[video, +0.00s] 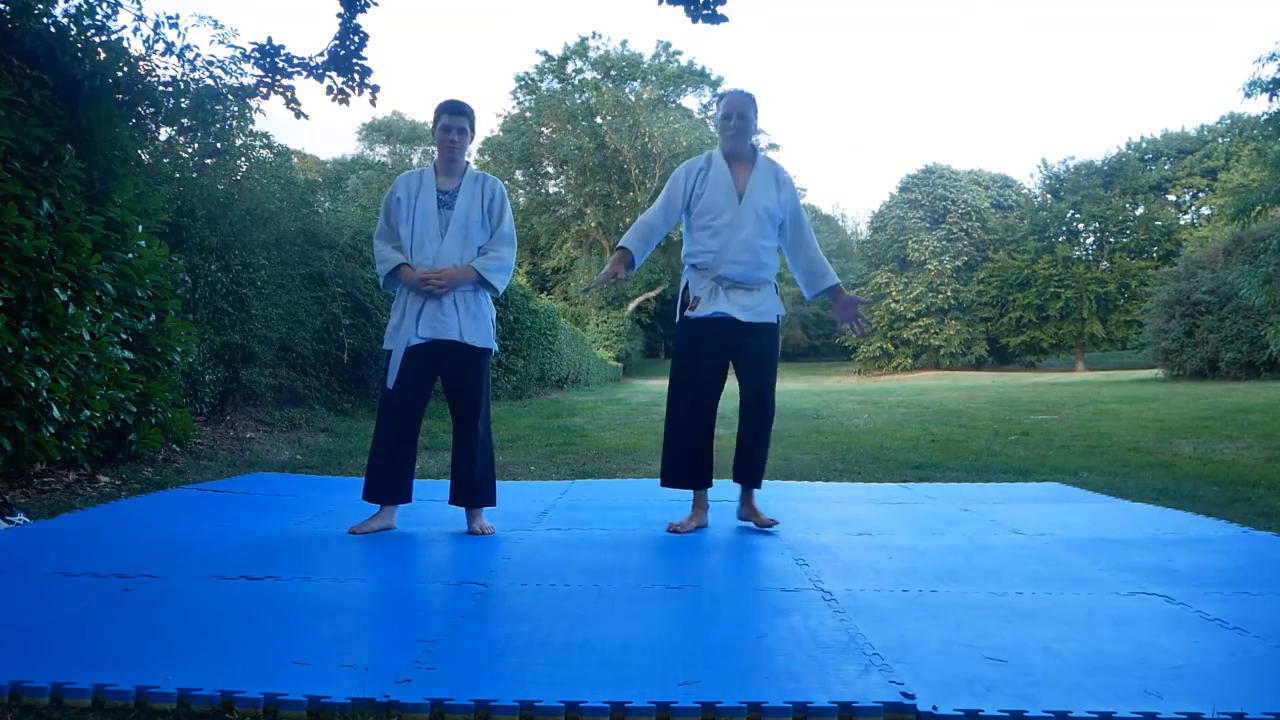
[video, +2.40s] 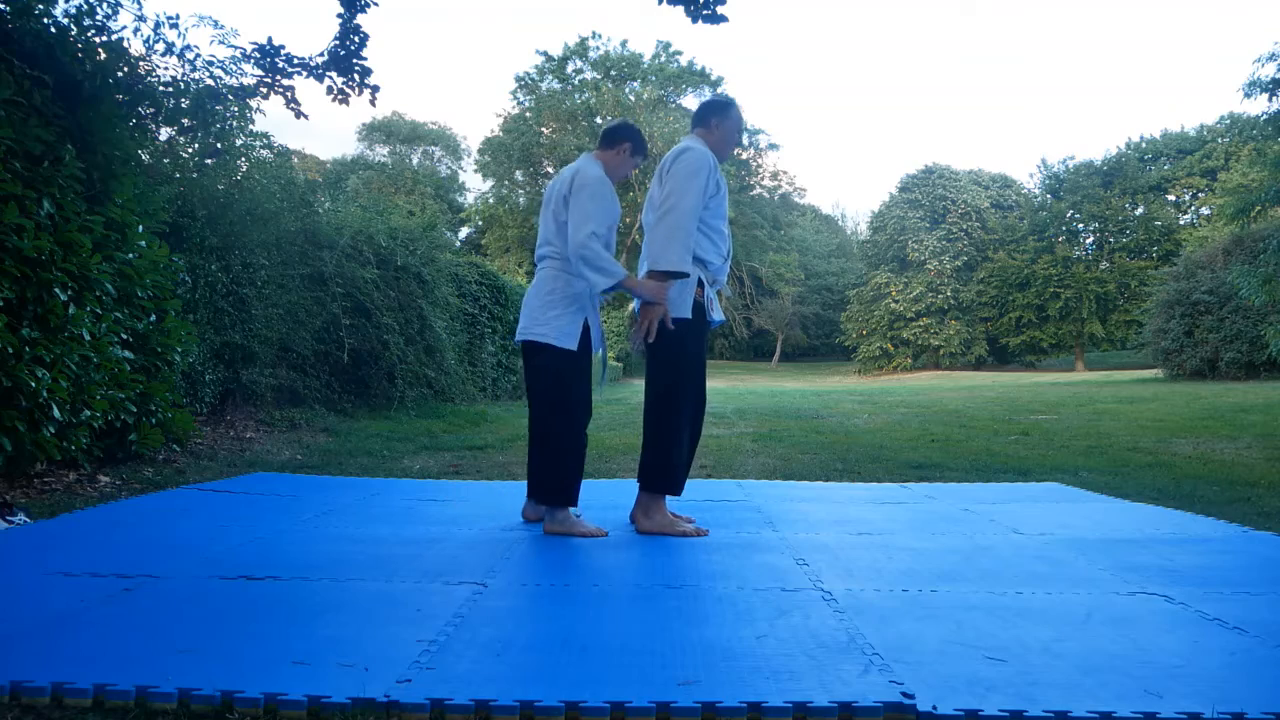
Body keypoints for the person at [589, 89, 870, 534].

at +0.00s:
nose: (732, 124)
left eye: (741, 117)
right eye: (726, 117)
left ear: (756, 124)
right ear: (716, 124)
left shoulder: (776, 177)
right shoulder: (694, 172)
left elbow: (801, 239)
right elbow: (657, 218)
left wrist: (834, 292)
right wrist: (625, 255)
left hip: (759, 303)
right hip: (703, 301)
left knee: (759, 406)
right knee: (696, 405)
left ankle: (748, 501)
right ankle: (699, 506)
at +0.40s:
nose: (756, 124)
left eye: (762, 118)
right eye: (749, 116)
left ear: (767, 129)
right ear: (727, 124)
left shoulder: (769, 187)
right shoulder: (708, 166)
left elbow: (774, 254)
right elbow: (678, 213)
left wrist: (779, 312)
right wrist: (661, 258)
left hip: (752, 304)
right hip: (707, 297)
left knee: (744, 403)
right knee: (703, 400)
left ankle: (721, 505)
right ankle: (692, 505)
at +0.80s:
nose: (766, 139)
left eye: (767, 132)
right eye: (761, 129)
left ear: (741, 126)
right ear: (736, 124)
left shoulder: (737, 171)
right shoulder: (715, 158)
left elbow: (719, 233)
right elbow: (694, 222)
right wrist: (691, 285)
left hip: (728, 302)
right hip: (700, 298)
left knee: (731, 404)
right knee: (689, 402)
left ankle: (720, 503)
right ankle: (660, 508)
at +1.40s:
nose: (740, 132)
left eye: (739, 124)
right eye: (735, 122)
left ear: (705, 121)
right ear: (714, 119)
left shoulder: (693, 156)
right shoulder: (700, 155)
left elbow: (682, 226)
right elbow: (687, 222)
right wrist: (679, 290)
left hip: (685, 297)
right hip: (687, 299)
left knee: (676, 399)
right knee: (681, 400)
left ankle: (653, 500)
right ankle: (655, 505)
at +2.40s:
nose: (738, 140)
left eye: (740, 133)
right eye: (735, 131)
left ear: (707, 124)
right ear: (714, 124)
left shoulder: (691, 158)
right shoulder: (695, 157)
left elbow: (667, 226)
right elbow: (674, 224)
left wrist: (654, 291)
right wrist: (656, 292)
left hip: (683, 294)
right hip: (680, 296)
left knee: (679, 400)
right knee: (676, 400)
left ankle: (654, 503)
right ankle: (651, 507)